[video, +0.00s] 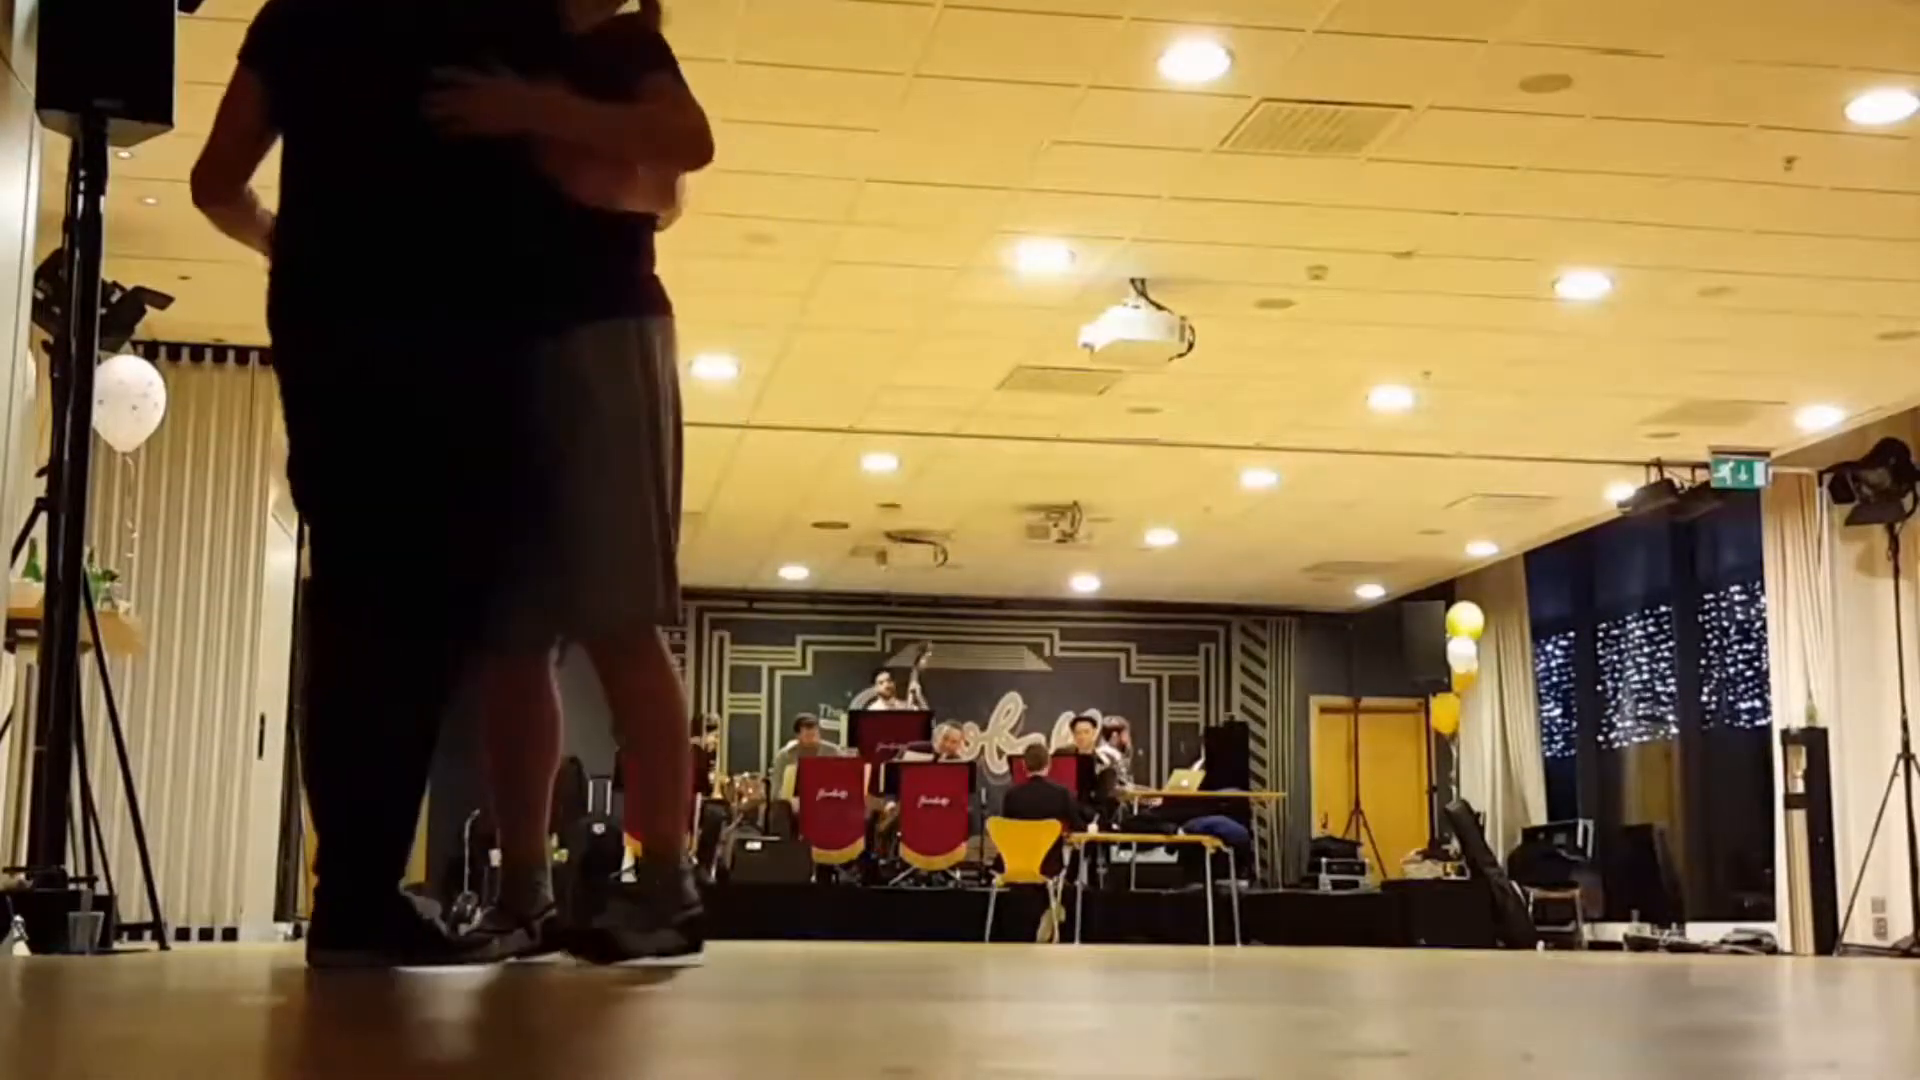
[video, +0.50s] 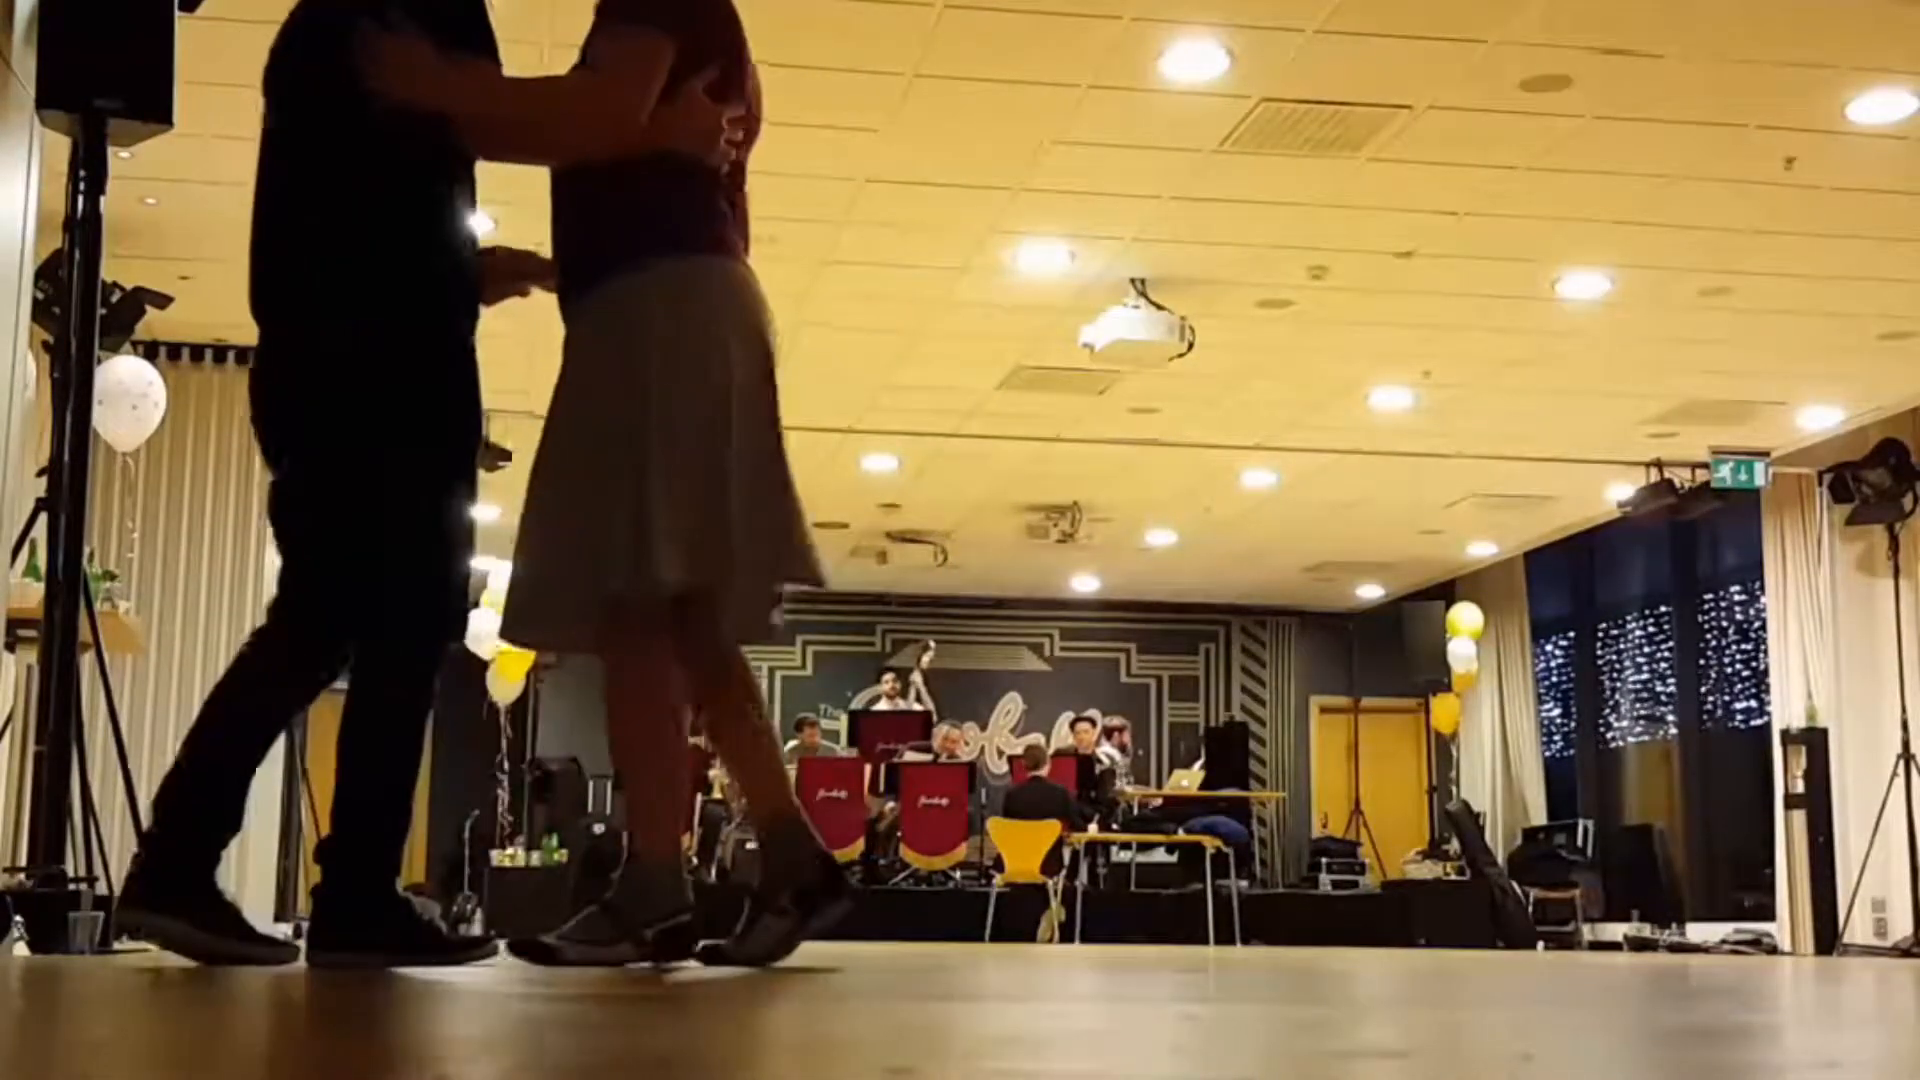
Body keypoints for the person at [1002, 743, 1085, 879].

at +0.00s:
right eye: (1049, 763)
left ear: (1024, 766)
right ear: (1048, 765)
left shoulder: (1012, 794)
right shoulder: (1061, 794)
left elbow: (1007, 826)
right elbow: (1077, 826)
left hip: (1016, 862)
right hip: (1049, 865)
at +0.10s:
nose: (1049, 767)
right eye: (1049, 764)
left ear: (1024, 766)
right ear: (1047, 766)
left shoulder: (1012, 794)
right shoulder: (1060, 793)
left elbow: (1007, 825)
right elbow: (1075, 825)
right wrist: (1087, 829)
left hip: (1016, 862)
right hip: (1049, 865)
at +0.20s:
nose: (1049, 767)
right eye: (1049, 763)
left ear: (1024, 766)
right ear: (1047, 766)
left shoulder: (1012, 794)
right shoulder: (1060, 793)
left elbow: (1007, 825)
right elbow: (1075, 825)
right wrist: (1087, 829)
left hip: (1016, 862)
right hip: (1049, 864)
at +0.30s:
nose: (1049, 767)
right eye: (1049, 763)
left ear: (1024, 766)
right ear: (1047, 765)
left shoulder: (1012, 794)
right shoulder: (1060, 793)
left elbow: (1007, 825)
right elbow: (1075, 824)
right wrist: (1087, 829)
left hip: (1016, 862)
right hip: (1049, 864)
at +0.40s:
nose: (1049, 767)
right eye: (1049, 763)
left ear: (1024, 766)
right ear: (1047, 765)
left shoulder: (1012, 794)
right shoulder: (1060, 793)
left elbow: (1007, 825)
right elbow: (1075, 824)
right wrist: (1087, 829)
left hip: (1016, 862)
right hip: (1049, 865)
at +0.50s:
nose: (1049, 767)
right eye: (1049, 763)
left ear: (1024, 766)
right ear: (1047, 765)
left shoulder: (1012, 794)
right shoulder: (1060, 793)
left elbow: (1007, 825)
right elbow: (1075, 824)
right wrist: (1087, 829)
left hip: (1016, 862)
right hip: (1049, 864)